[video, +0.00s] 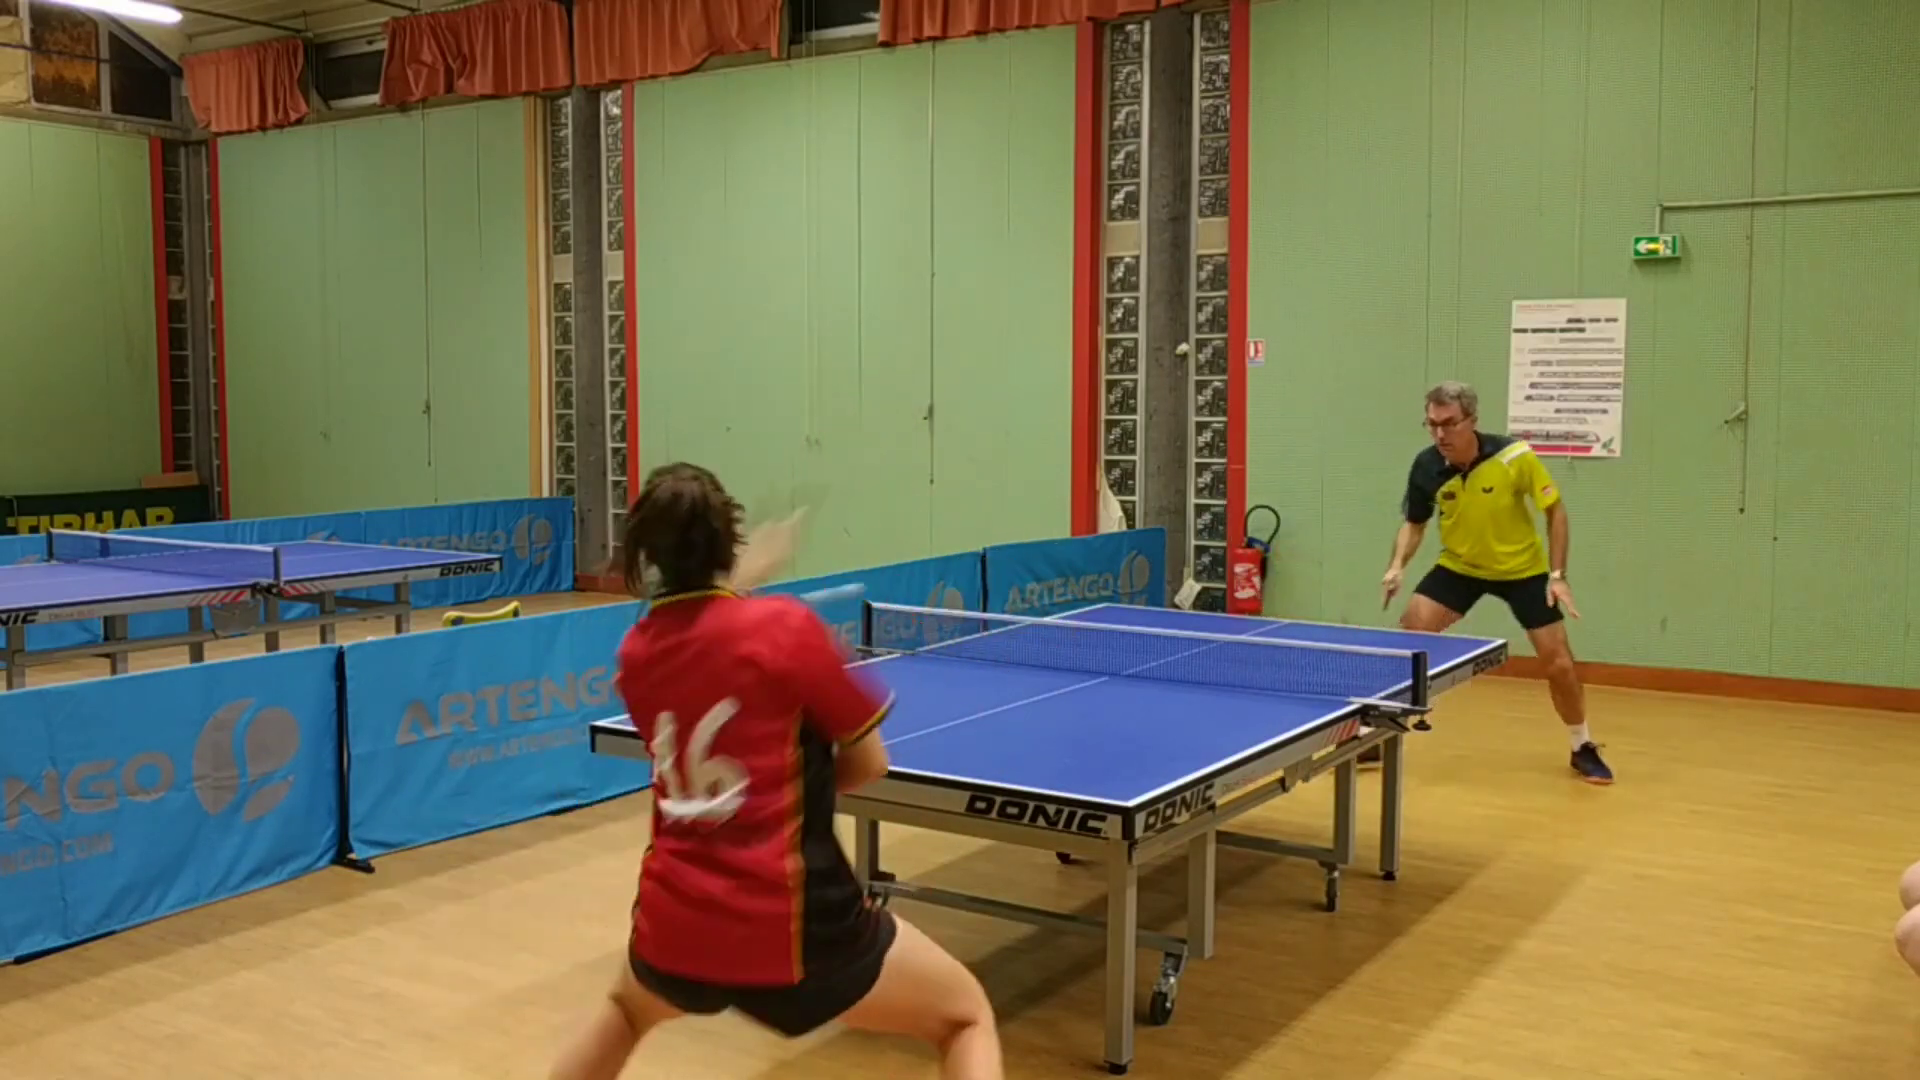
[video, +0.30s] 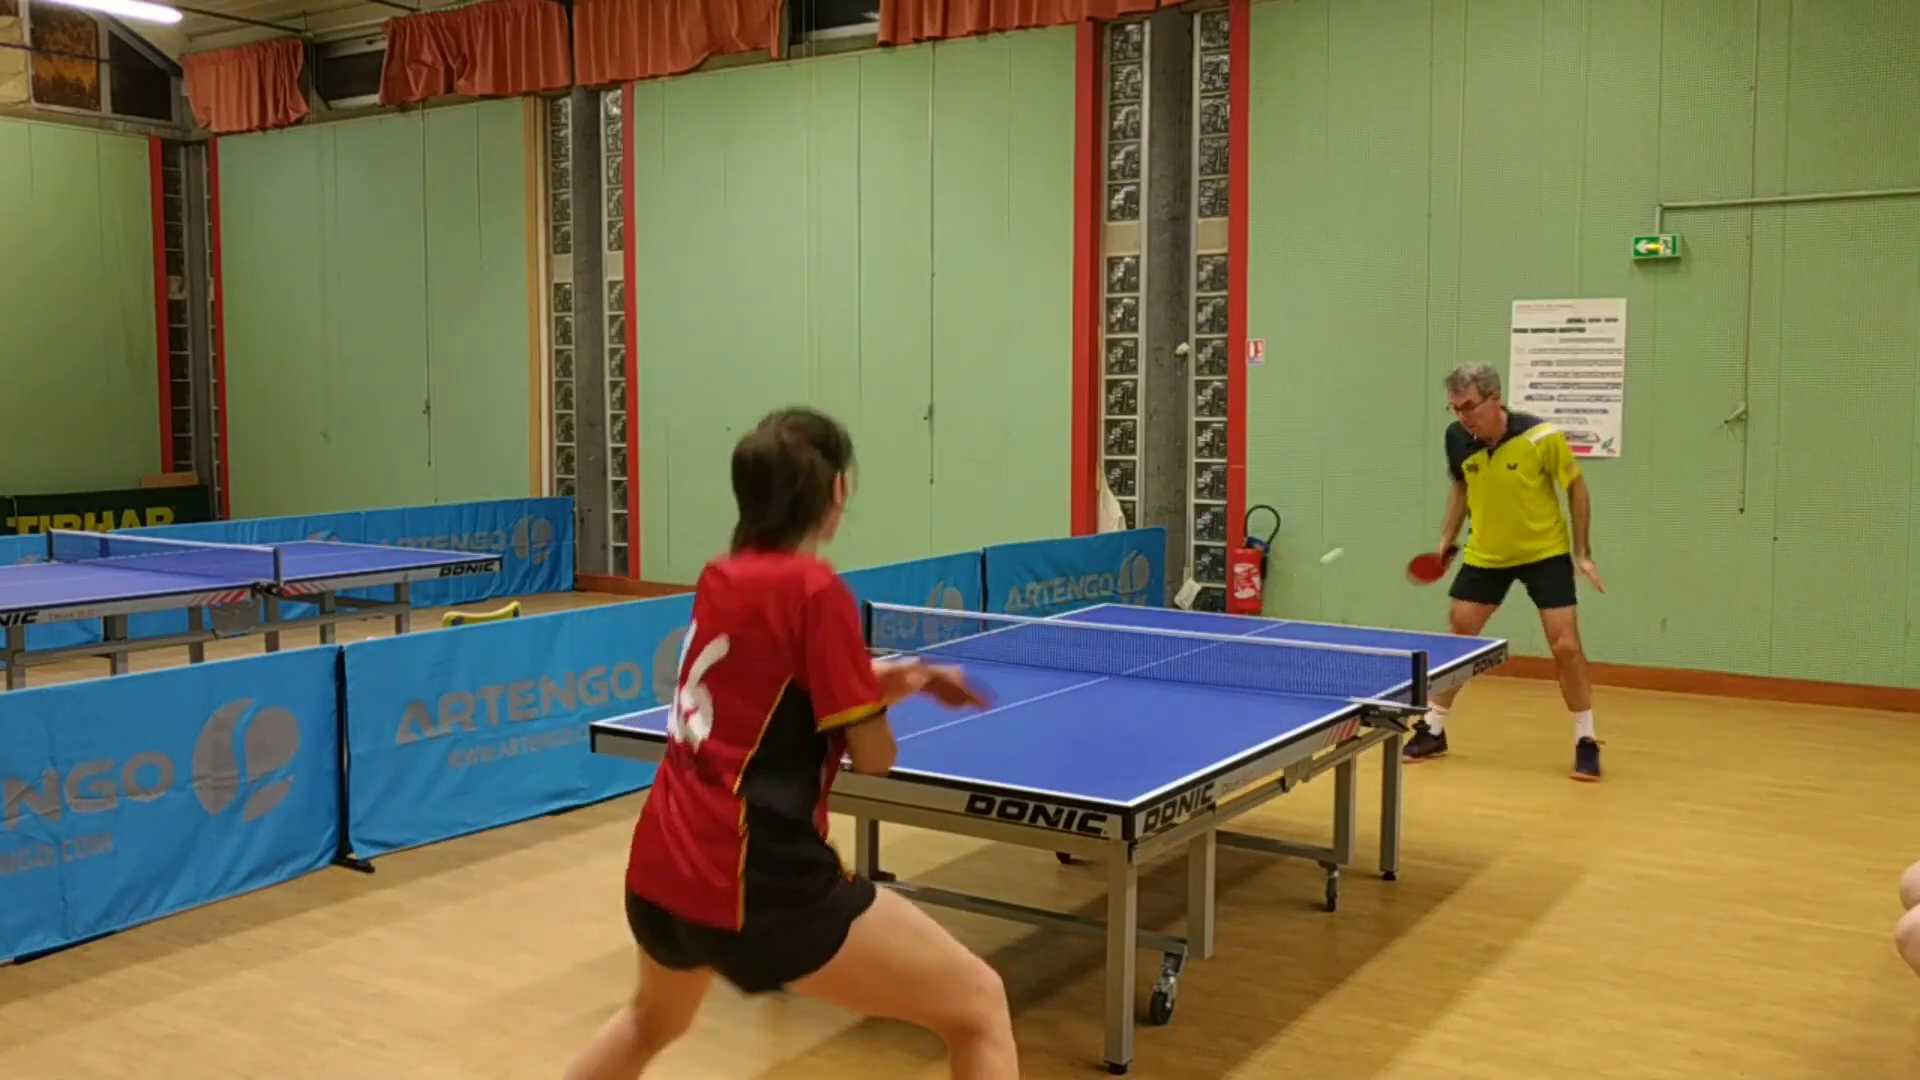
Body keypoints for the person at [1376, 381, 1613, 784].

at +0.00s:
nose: (1439, 435)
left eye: (1448, 424)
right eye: (1432, 425)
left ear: (1471, 421)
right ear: (1427, 426)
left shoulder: (1514, 456)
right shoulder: (1428, 466)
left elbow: (1555, 510)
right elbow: (1413, 523)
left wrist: (1558, 574)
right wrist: (1397, 565)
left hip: (1522, 570)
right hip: (1459, 567)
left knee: (1560, 665)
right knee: (1412, 628)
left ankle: (1583, 747)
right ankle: (1381, 726)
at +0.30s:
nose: (1463, 419)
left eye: (1470, 408)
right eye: (1457, 411)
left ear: (1496, 400)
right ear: (1453, 409)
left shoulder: (1541, 436)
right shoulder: (1458, 439)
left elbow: (1577, 490)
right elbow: (1461, 490)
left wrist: (1582, 553)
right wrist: (1447, 543)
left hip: (1544, 552)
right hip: (1487, 554)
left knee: (1565, 646)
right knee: (1459, 627)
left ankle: (1586, 740)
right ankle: (1433, 729)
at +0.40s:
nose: (1472, 406)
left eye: (1477, 396)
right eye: (1467, 398)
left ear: (1504, 384)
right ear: (1470, 394)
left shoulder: (1551, 422)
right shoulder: (1482, 423)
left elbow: (1592, 473)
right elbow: (1493, 471)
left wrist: (1581, 538)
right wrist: (1476, 510)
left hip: (1552, 548)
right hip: (1501, 547)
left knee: (1567, 641)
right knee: (1473, 622)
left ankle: (1595, 736)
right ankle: (1446, 715)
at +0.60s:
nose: (1499, 389)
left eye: (1506, 380)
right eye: (1494, 381)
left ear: (1531, 373)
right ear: (1492, 380)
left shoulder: (1566, 417)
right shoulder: (1507, 409)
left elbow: (1612, 472)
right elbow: (1509, 452)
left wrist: (1601, 539)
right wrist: (1460, 454)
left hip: (1560, 548)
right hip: (1518, 541)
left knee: (1571, 637)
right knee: (1506, 613)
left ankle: (1595, 737)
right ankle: (1504, 701)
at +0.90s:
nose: (1504, 400)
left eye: (1513, 391)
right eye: (1499, 391)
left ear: (1534, 389)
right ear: (1494, 392)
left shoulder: (1562, 438)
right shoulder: (1500, 436)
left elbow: (1599, 493)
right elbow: (1508, 486)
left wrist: (1621, 554)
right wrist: (1487, 517)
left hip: (1558, 556)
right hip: (1515, 554)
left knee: (1562, 639)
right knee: (1514, 624)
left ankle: (1594, 739)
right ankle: (1532, 702)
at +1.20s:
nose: (1496, 394)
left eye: (1504, 386)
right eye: (1490, 386)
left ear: (1524, 384)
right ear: (1484, 387)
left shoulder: (1559, 425)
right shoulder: (1486, 424)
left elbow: (1590, 479)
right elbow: (1486, 473)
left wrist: (1574, 534)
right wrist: (1478, 513)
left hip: (1557, 542)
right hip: (1510, 537)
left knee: (1576, 631)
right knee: (1480, 608)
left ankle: (1604, 717)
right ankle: (1499, 693)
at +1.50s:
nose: (1474, 422)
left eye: (1481, 413)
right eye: (1468, 414)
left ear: (1504, 410)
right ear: (1464, 415)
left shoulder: (1543, 450)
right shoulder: (1466, 450)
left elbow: (1569, 505)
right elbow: (1465, 503)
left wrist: (1570, 556)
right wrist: (1444, 550)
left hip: (1541, 558)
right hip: (1486, 553)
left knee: (1570, 641)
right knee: (1445, 617)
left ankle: (1605, 720)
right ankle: (1433, 706)